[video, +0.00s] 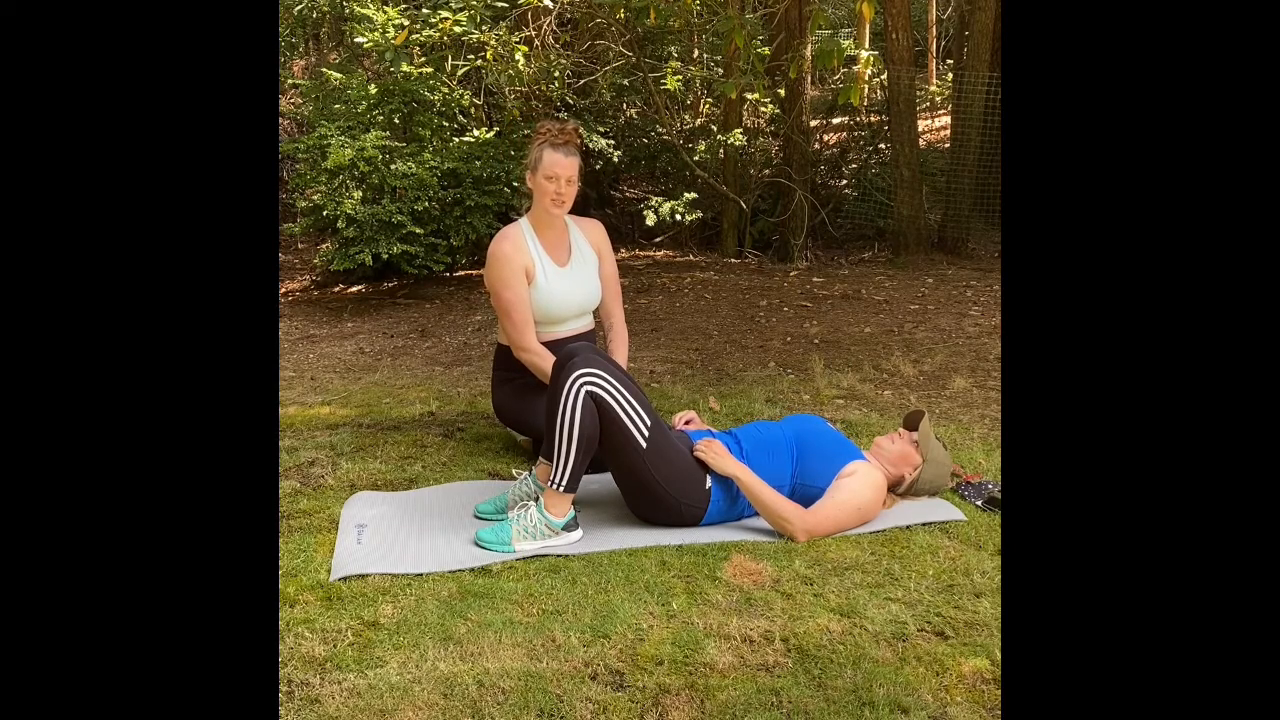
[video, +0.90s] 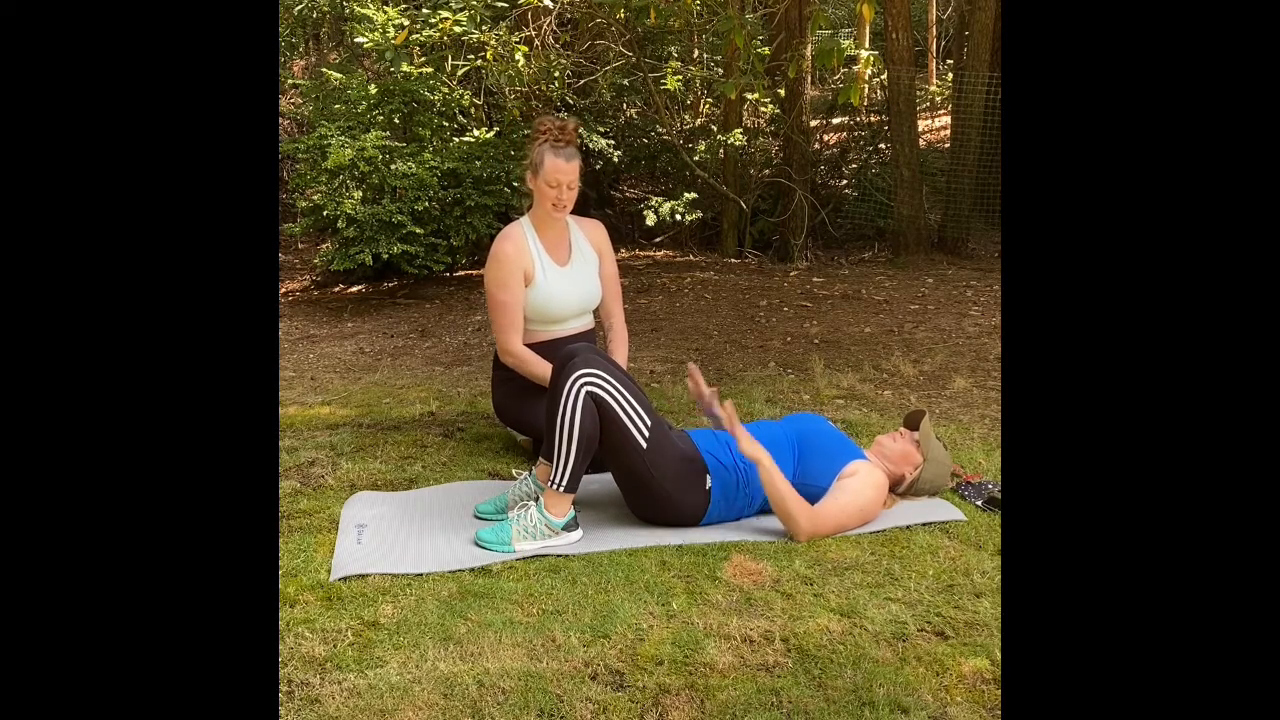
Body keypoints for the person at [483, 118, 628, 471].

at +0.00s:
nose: (562, 191)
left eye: (570, 181)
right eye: (551, 179)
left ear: (579, 183)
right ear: (530, 179)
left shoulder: (592, 233)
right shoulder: (508, 247)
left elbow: (614, 322)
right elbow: (524, 347)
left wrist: (613, 385)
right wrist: (588, 396)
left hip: (584, 367)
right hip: (524, 379)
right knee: (602, 446)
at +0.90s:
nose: (563, 196)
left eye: (571, 186)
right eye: (553, 185)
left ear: (580, 184)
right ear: (531, 181)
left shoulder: (593, 233)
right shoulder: (510, 246)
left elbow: (614, 322)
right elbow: (509, 350)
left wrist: (613, 382)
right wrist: (575, 389)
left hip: (585, 370)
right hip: (524, 381)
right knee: (606, 447)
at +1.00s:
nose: (564, 196)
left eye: (573, 186)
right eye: (554, 185)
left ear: (581, 183)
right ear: (533, 181)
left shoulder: (595, 234)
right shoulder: (512, 246)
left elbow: (615, 321)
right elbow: (502, 346)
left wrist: (614, 380)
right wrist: (569, 384)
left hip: (585, 373)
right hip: (525, 384)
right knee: (610, 447)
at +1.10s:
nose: (565, 195)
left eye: (574, 185)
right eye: (555, 184)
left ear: (582, 183)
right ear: (533, 180)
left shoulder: (595, 234)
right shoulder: (512, 245)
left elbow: (615, 321)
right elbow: (499, 346)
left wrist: (614, 380)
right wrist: (563, 386)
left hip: (586, 372)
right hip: (525, 382)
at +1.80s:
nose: (552, 191)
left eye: (560, 180)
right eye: (541, 181)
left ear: (570, 178)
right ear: (523, 181)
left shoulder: (590, 233)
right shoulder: (509, 244)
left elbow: (614, 319)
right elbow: (502, 333)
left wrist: (616, 366)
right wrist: (517, 374)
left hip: (587, 366)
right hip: (527, 375)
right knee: (599, 448)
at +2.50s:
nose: (554, 187)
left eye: (561, 177)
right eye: (543, 177)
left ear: (568, 178)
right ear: (520, 178)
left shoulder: (585, 232)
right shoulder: (505, 243)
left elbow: (611, 318)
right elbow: (497, 342)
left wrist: (615, 366)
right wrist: (524, 337)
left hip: (585, 364)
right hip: (525, 375)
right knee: (604, 448)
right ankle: (536, 440)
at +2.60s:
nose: (554, 184)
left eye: (561, 174)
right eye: (542, 174)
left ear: (568, 176)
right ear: (520, 177)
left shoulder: (585, 231)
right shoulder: (504, 243)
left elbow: (608, 306)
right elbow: (497, 345)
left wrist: (621, 346)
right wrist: (524, 322)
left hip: (586, 365)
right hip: (524, 375)